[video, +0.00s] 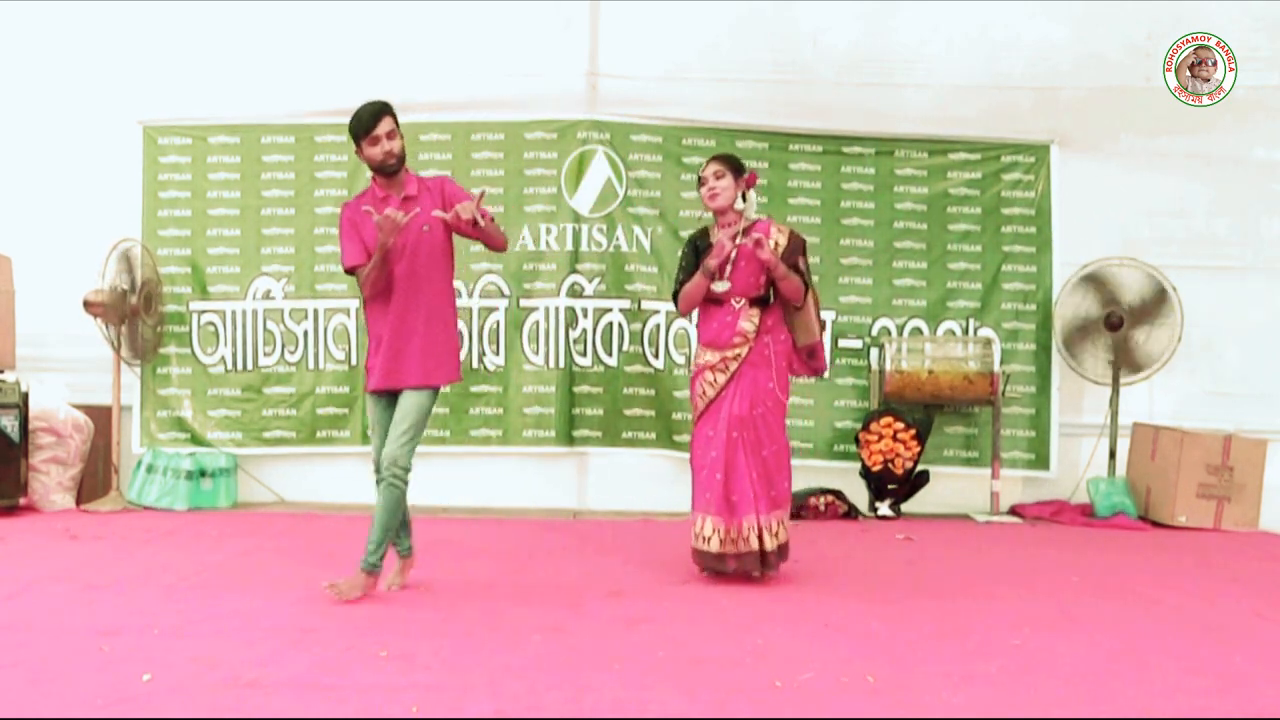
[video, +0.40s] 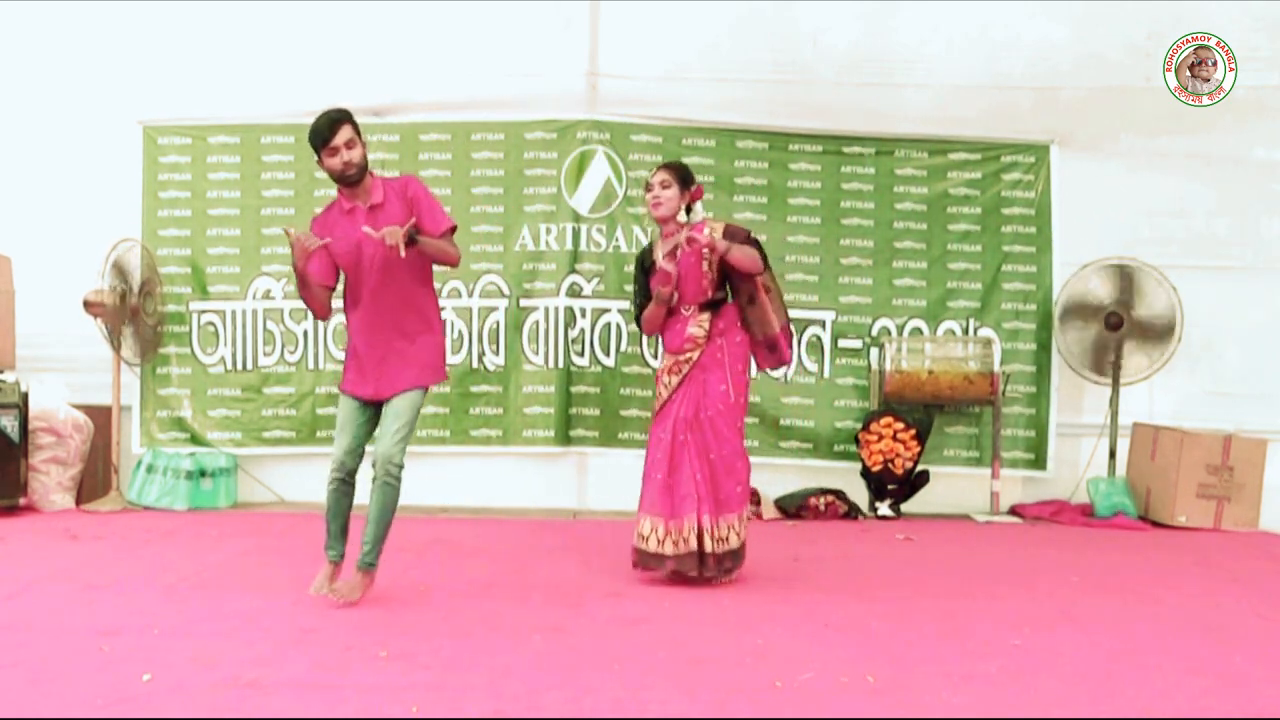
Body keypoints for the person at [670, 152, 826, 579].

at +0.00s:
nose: (709, 187)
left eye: (718, 179)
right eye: (703, 183)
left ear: (742, 184)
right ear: (700, 194)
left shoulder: (775, 237)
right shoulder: (699, 243)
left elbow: (798, 298)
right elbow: (683, 304)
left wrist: (772, 264)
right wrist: (712, 263)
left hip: (763, 351)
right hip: (715, 353)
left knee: (753, 437)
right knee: (713, 440)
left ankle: (757, 544)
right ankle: (720, 545)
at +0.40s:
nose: (654, 195)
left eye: (664, 188)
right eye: (650, 190)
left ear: (690, 194)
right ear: (646, 200)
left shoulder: (716, 233)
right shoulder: (651, 256)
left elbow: (757, 264)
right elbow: (649, 326)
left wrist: (719, 246)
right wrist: (662, 291)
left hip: (722, 345)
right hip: (677, 351)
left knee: (714, 436)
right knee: (673, 438)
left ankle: (719, 546)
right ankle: (682, 548)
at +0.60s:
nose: (625, 207)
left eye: (636, 200)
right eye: (622, 200)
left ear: (660, 208)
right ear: (618, 211)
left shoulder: (685, 243)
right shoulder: (626, 272)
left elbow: (717, 273)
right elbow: (628, 342)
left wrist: (680, 261)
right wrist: (634, 307)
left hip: (696, 351)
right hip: (655, 359)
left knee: (682, 437)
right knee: (632, 439)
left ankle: (687, 547)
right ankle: (644, 548)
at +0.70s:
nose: (616, 211)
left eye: (627, 205)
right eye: (613, 204)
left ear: (650, 214)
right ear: (609, 215)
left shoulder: (672, 249)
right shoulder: (616, 272)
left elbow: (696, 290)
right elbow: (615, 347)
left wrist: (653, 269)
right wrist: (616, 309)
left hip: (683, 358)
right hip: (644, 365)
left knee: (665, 441)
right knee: (613, 442)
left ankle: (675, 551)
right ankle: (629, 551)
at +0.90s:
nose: (587, 189)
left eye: (599, 184)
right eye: (585, 182)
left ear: (621, 196)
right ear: (579, 192)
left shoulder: (636, 234)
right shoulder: (582, 247)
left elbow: (635, 290)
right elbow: (571, 317)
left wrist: (593, 260)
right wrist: (568, 278)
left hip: (642, 341)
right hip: (606, 345)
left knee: (627, 429)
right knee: (592, 430)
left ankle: (646, 538)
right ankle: (604, 545)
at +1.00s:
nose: (574, 189)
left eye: (585, 183)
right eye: (570, 181)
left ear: (606, 195)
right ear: (562, 189)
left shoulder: (619, 238)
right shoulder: (564, 240)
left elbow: (618, 297)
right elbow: (552, 288)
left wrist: (580, 272)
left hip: (617, 342)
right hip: (578, 343)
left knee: (602, 433)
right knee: (570, 435)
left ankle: (617, 539)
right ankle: (576, 541)